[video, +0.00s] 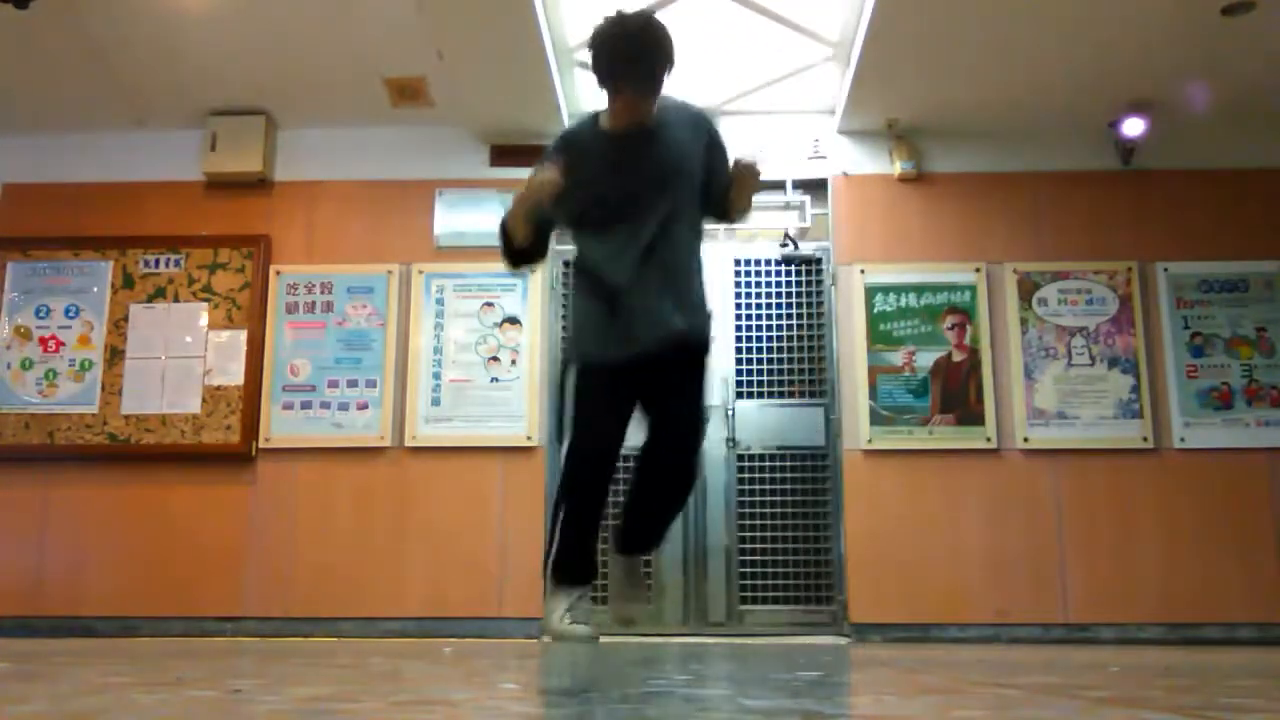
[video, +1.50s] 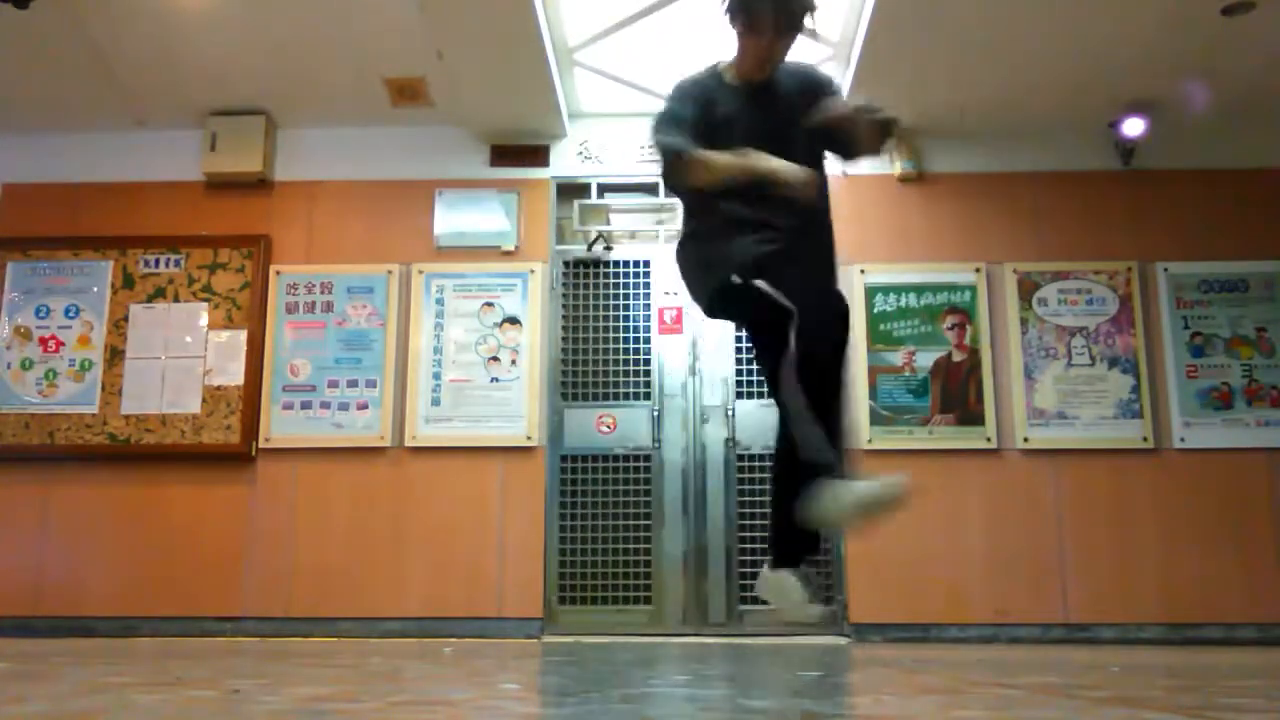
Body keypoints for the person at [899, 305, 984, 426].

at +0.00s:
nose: (957, 331)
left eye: (961, 326)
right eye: (951, 327)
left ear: (969, 328)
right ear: (944, 331)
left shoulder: (980, 360)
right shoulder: (940, 364)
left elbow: (986, 408)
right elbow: (918, 392)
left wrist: (955, 418)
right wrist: (909, 370)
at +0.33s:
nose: (957, 331)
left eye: (961, 326)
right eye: (951, 327)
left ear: (969, 328)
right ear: (944, 331)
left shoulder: (980, 360)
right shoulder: (940, 364)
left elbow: (985, 408)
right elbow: (918, 392)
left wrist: (955, 418)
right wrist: (909, 370)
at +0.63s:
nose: (957, 331)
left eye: (961, 326)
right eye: (951, 327)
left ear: (969, 328)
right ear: (944, 331)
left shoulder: (980, 360)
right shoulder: (940, 364)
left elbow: (985, 408)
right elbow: (918, 392)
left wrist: (955, 418)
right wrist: (909, 370)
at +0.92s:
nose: (957, 331)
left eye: (962, 326)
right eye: (951, 327)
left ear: (969, 328)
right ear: (944, 331)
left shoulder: (980, 360)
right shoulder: (940, 364)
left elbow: (986, 408)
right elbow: (918, 392)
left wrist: (955, 418)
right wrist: (909, 370)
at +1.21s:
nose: (957, 331)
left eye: (962, 326)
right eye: (951, 327)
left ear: (969, 328)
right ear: (944, 331)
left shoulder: (980, 360)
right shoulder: (940, 364)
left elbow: (986, 408)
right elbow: (918, 392)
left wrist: (955, 418)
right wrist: (909, 369)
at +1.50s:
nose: (957, 331)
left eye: (961, 326)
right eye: (951, 327)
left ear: (969, 328)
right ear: (944, 331)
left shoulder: (980, 360)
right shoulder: (940, 364)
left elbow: (984, 409)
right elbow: (918, 392)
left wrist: (955, 418)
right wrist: (909, 370)